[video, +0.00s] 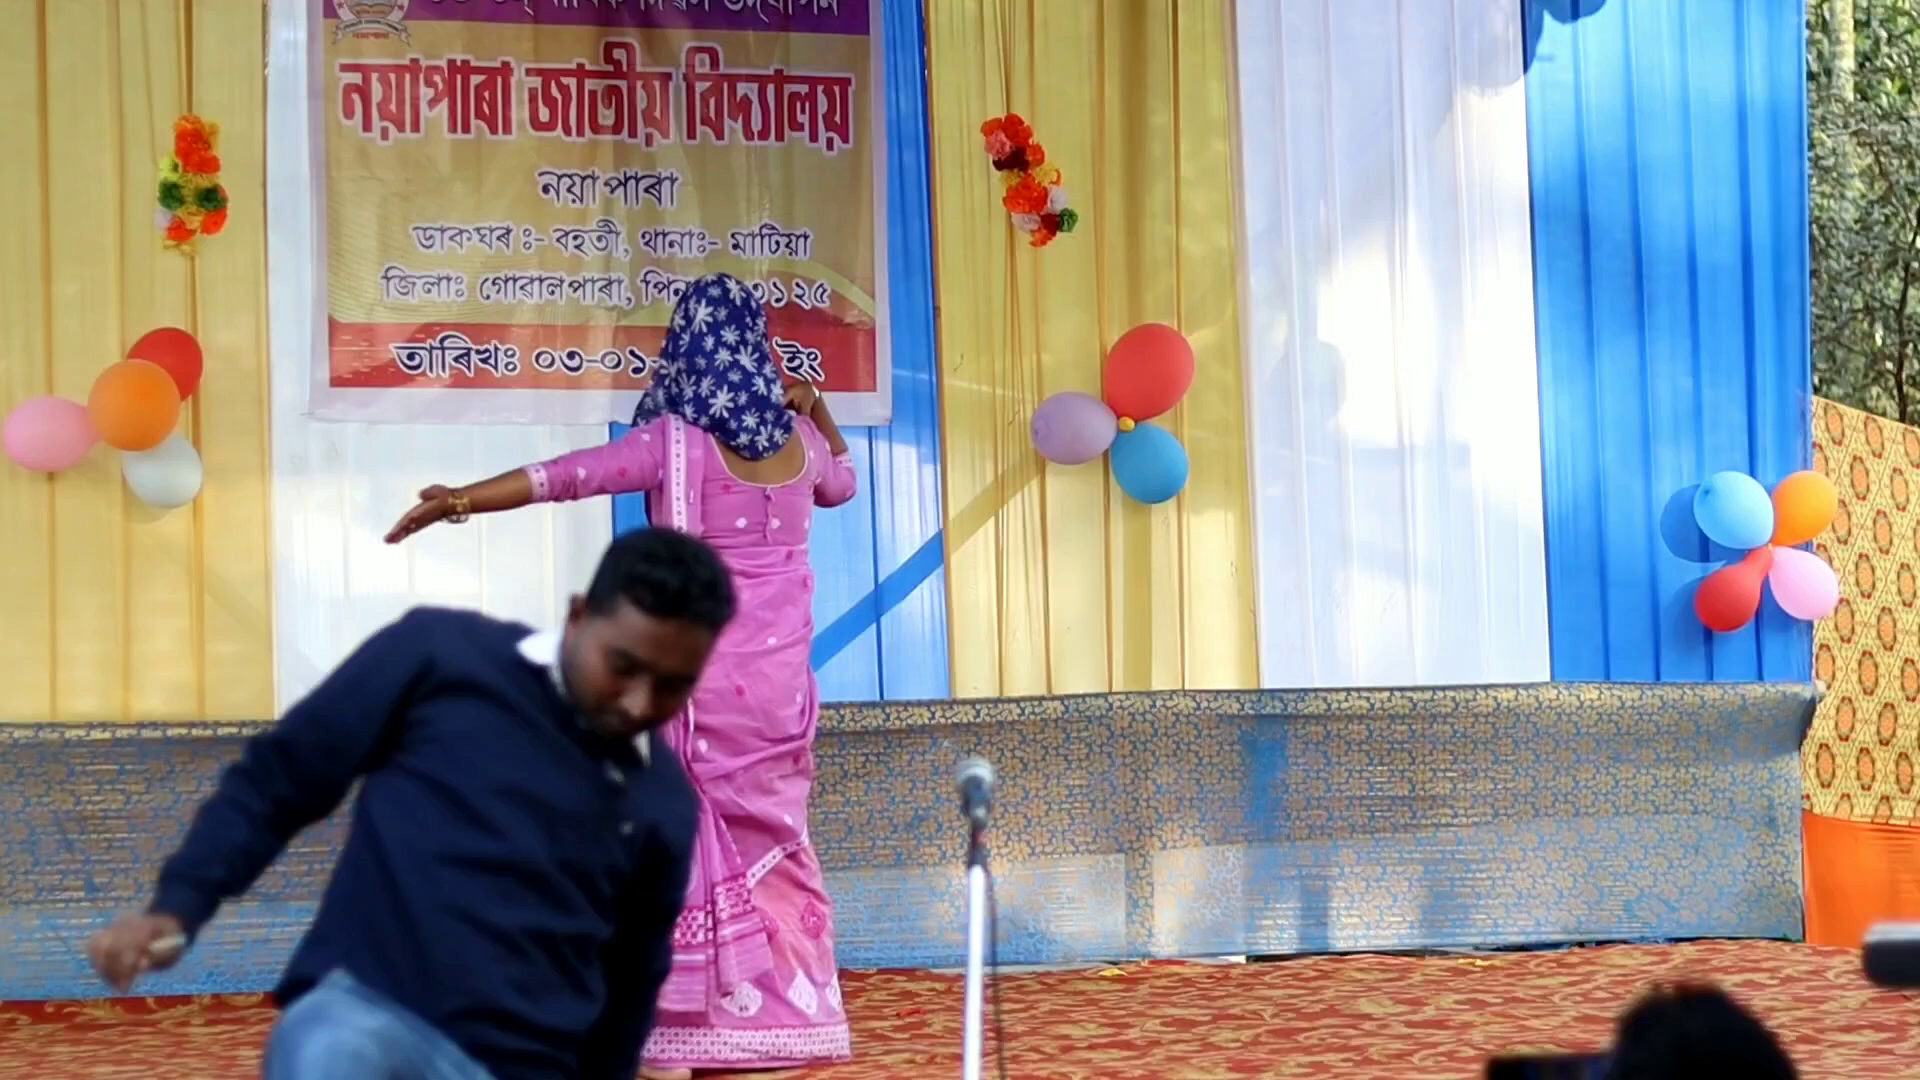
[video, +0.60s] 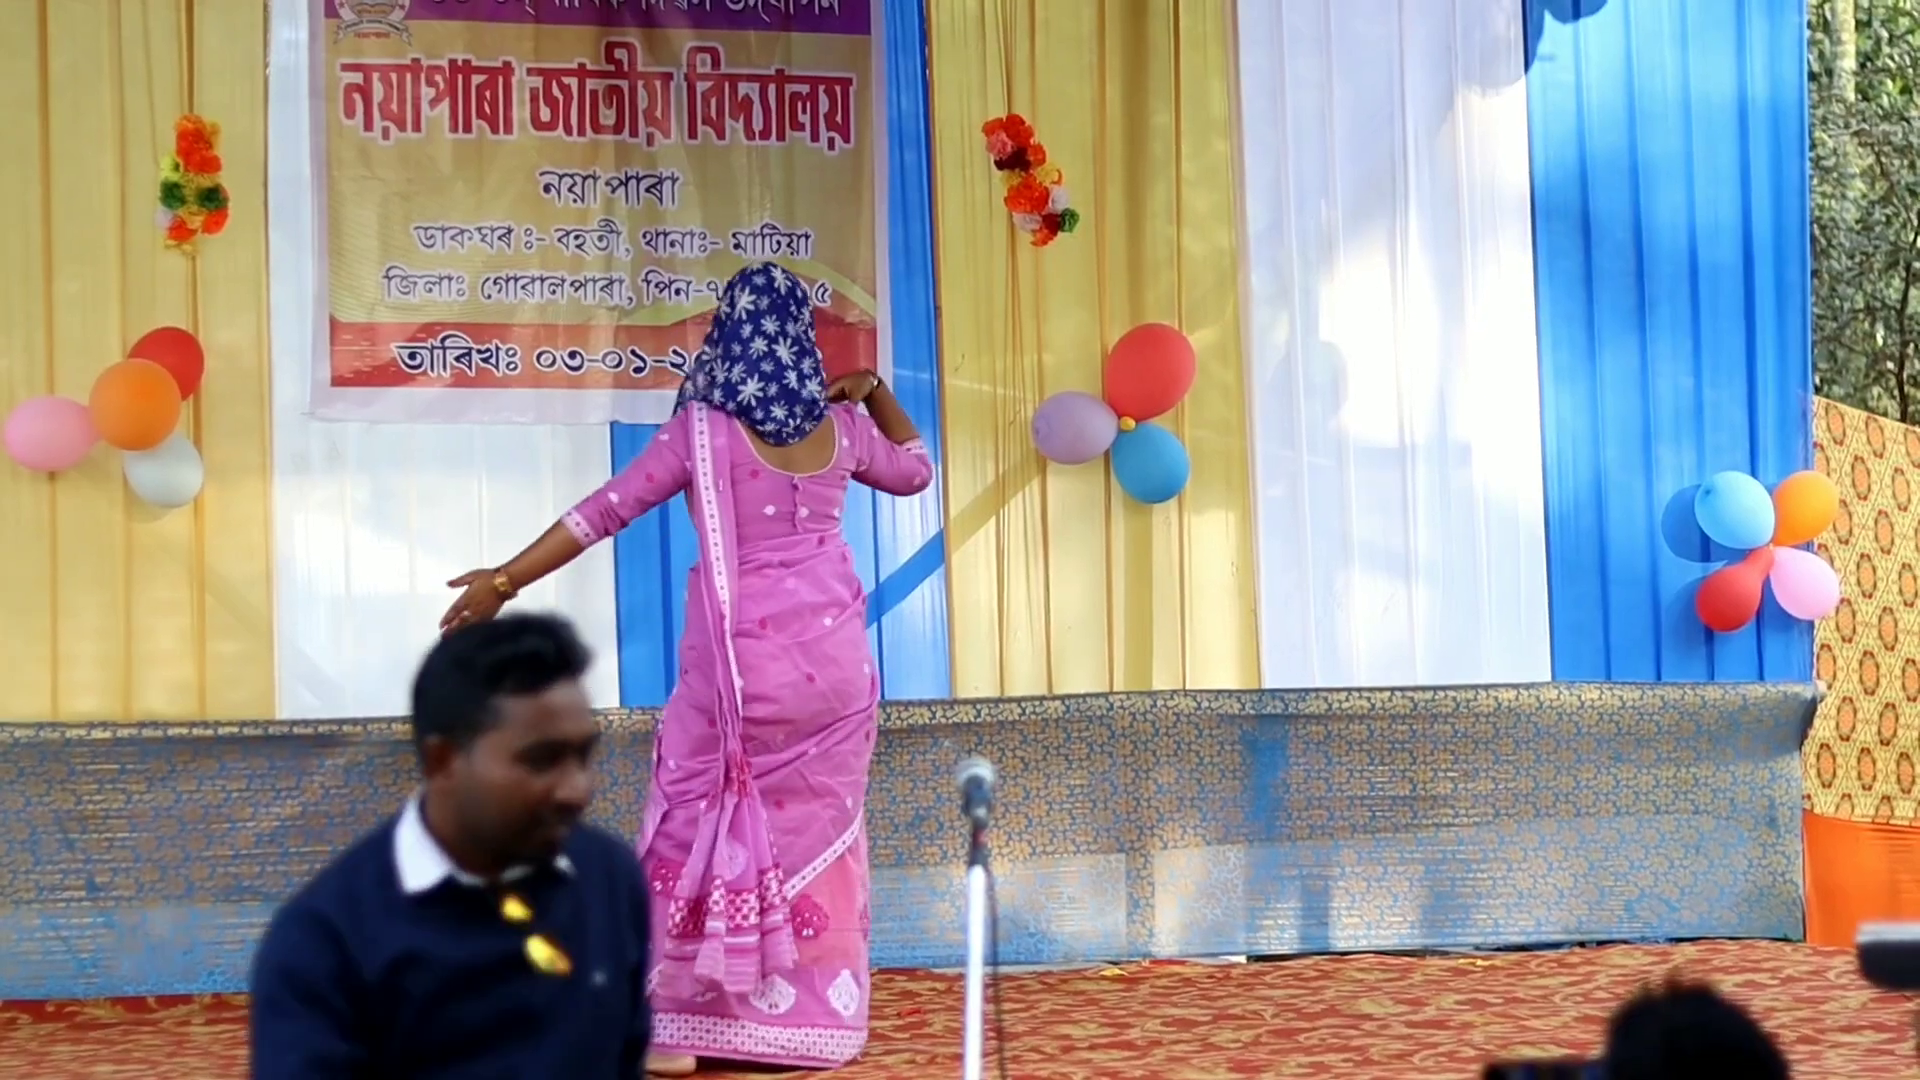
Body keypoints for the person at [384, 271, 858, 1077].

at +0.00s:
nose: (666, 362)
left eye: (672, 349)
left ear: (681, 355)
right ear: (756, 353)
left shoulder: (670, 443)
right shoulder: (796, 444)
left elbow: (564, 476)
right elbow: (841, 486)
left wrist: (462, 498)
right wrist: (816, 414)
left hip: (701, 670)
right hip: (784, 673)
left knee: (690, 841)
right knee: (781, 837)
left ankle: (702, 1019)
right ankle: (799, 1010)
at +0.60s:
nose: (707, 340)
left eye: (716, 329)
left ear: (726, 340)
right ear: (803, 340)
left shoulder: (702, 429)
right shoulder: (839, 428)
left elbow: (609, 508)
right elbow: (914, 474)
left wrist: (506, 579)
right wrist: (878, 395)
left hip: (737, 663)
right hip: (835, 659)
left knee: (697, 817)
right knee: (822, 827)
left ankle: (698, 1015)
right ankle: (810, 1018)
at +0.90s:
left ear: (730, 377)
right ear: (818, 383)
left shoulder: (687, 458)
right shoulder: (841, 474)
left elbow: (616, 538)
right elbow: (940, 544)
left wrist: (574, 520)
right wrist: (969, 479)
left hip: (726, 677)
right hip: (828, 675)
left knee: (736, 834)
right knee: (821, 840)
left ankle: (736, 1015)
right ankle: (814, 1023)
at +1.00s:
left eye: (716, 352)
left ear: (722, 361)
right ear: (812, 366)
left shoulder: (679, 443)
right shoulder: (832, 458)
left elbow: (590, 514)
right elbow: (934, 519)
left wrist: (572, 467)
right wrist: (1000, 484)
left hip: (694, 671)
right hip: (802, 669)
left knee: (641, 814)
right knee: (819, 838)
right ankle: (816, 1028)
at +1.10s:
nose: (681, 342)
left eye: (690, 329)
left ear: (699, 337)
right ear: (785, 338)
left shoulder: (662, 419)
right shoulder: (814, 425)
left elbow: (569, 488)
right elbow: (908, 474)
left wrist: (578, 401)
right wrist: (1002, 509)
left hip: (662, 650)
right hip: (767, 650)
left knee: (591, 814)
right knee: (757, 828)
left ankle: (566, 1013)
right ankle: (765, 1010)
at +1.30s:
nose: (643, 352)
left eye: (650, 341)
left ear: (657, 351)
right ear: (733, 348)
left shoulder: (627, 435)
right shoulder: (770, 439)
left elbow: (530, 494)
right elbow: (858, 512)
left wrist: (555, 407)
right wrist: (949, 551)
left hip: (624, 660)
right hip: (726, 666)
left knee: (591, 816)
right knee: (714, 835)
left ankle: (589, 1017)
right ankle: (711, 1013)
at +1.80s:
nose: (604, 342)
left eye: (609, 330)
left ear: (616, 338)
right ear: (695, 331)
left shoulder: (601, 421)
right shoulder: (744, 423)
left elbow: (513, 504)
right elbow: (787, 527)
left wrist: (504, 418)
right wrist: (856, 545)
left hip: (622, 650)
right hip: (721, 651)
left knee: (592, 813)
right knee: (731, 822)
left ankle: (584, 1009)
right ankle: (772, 1012)